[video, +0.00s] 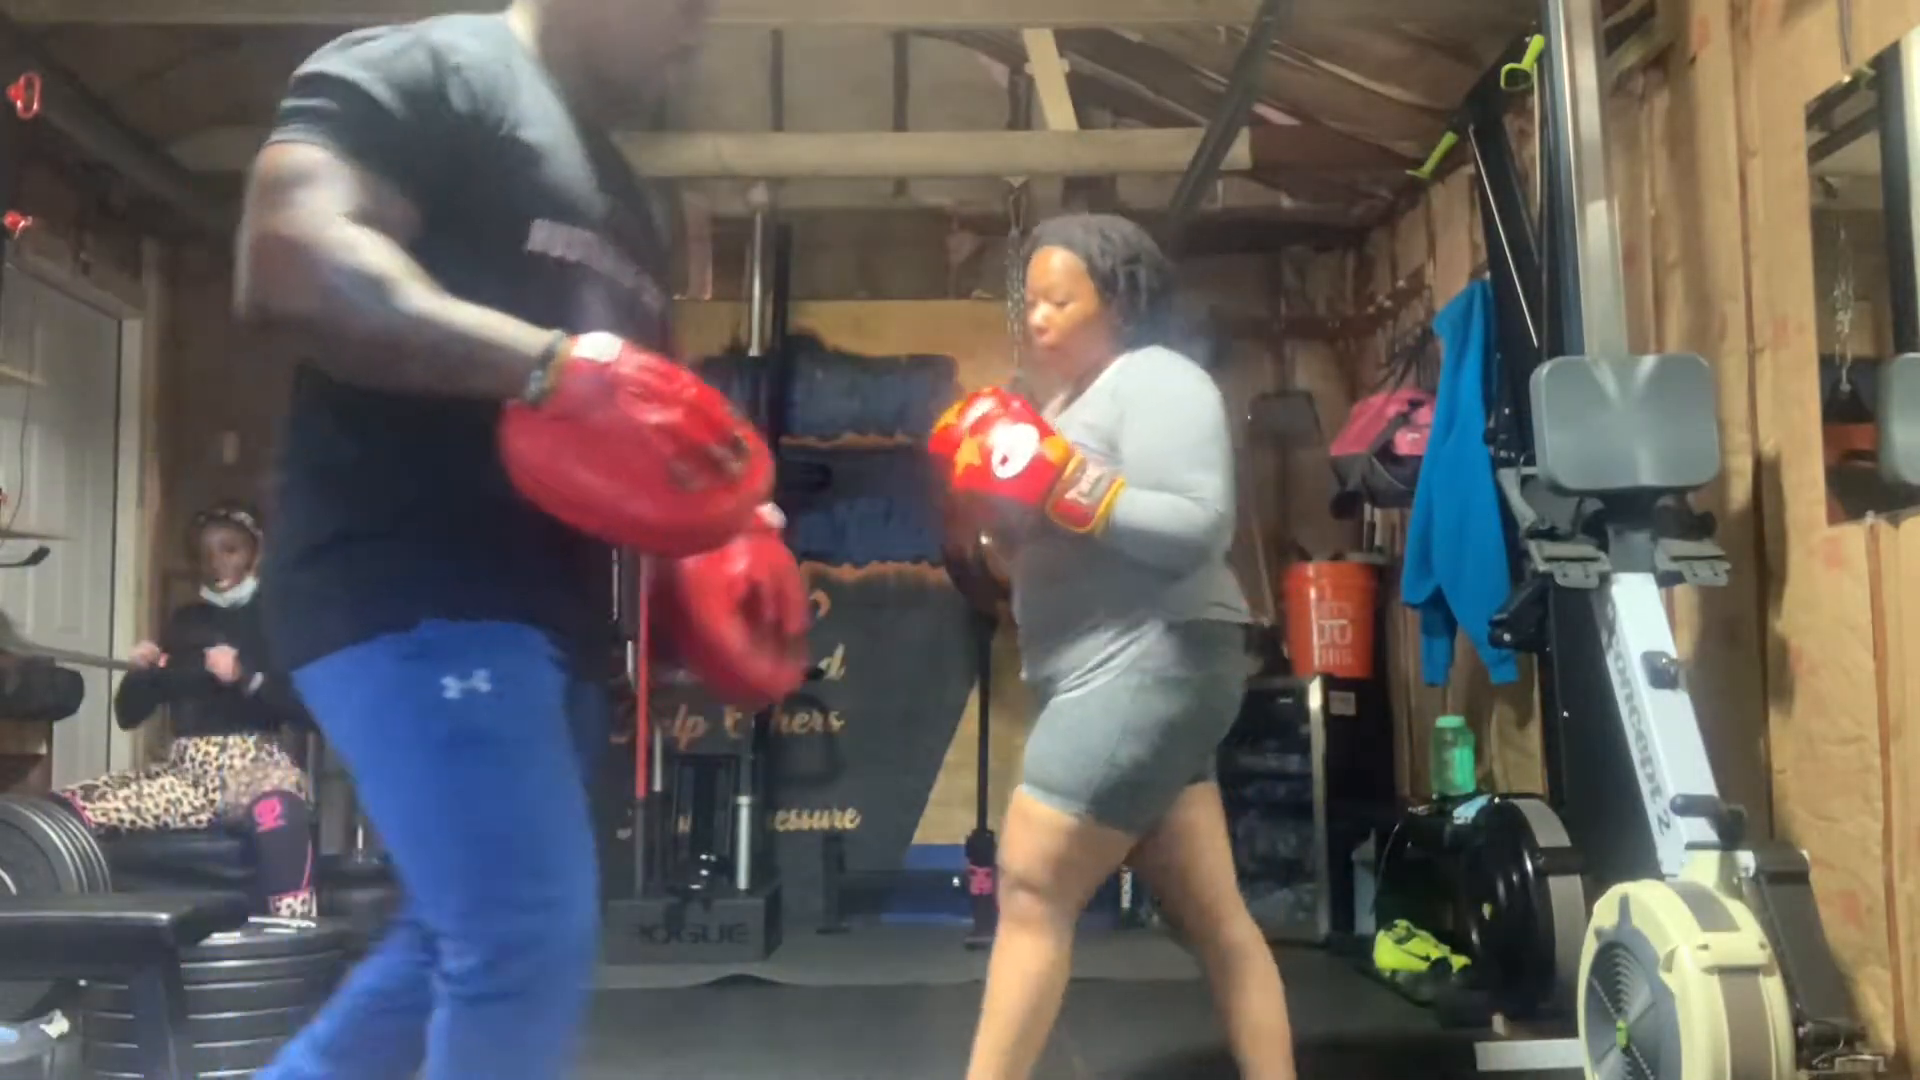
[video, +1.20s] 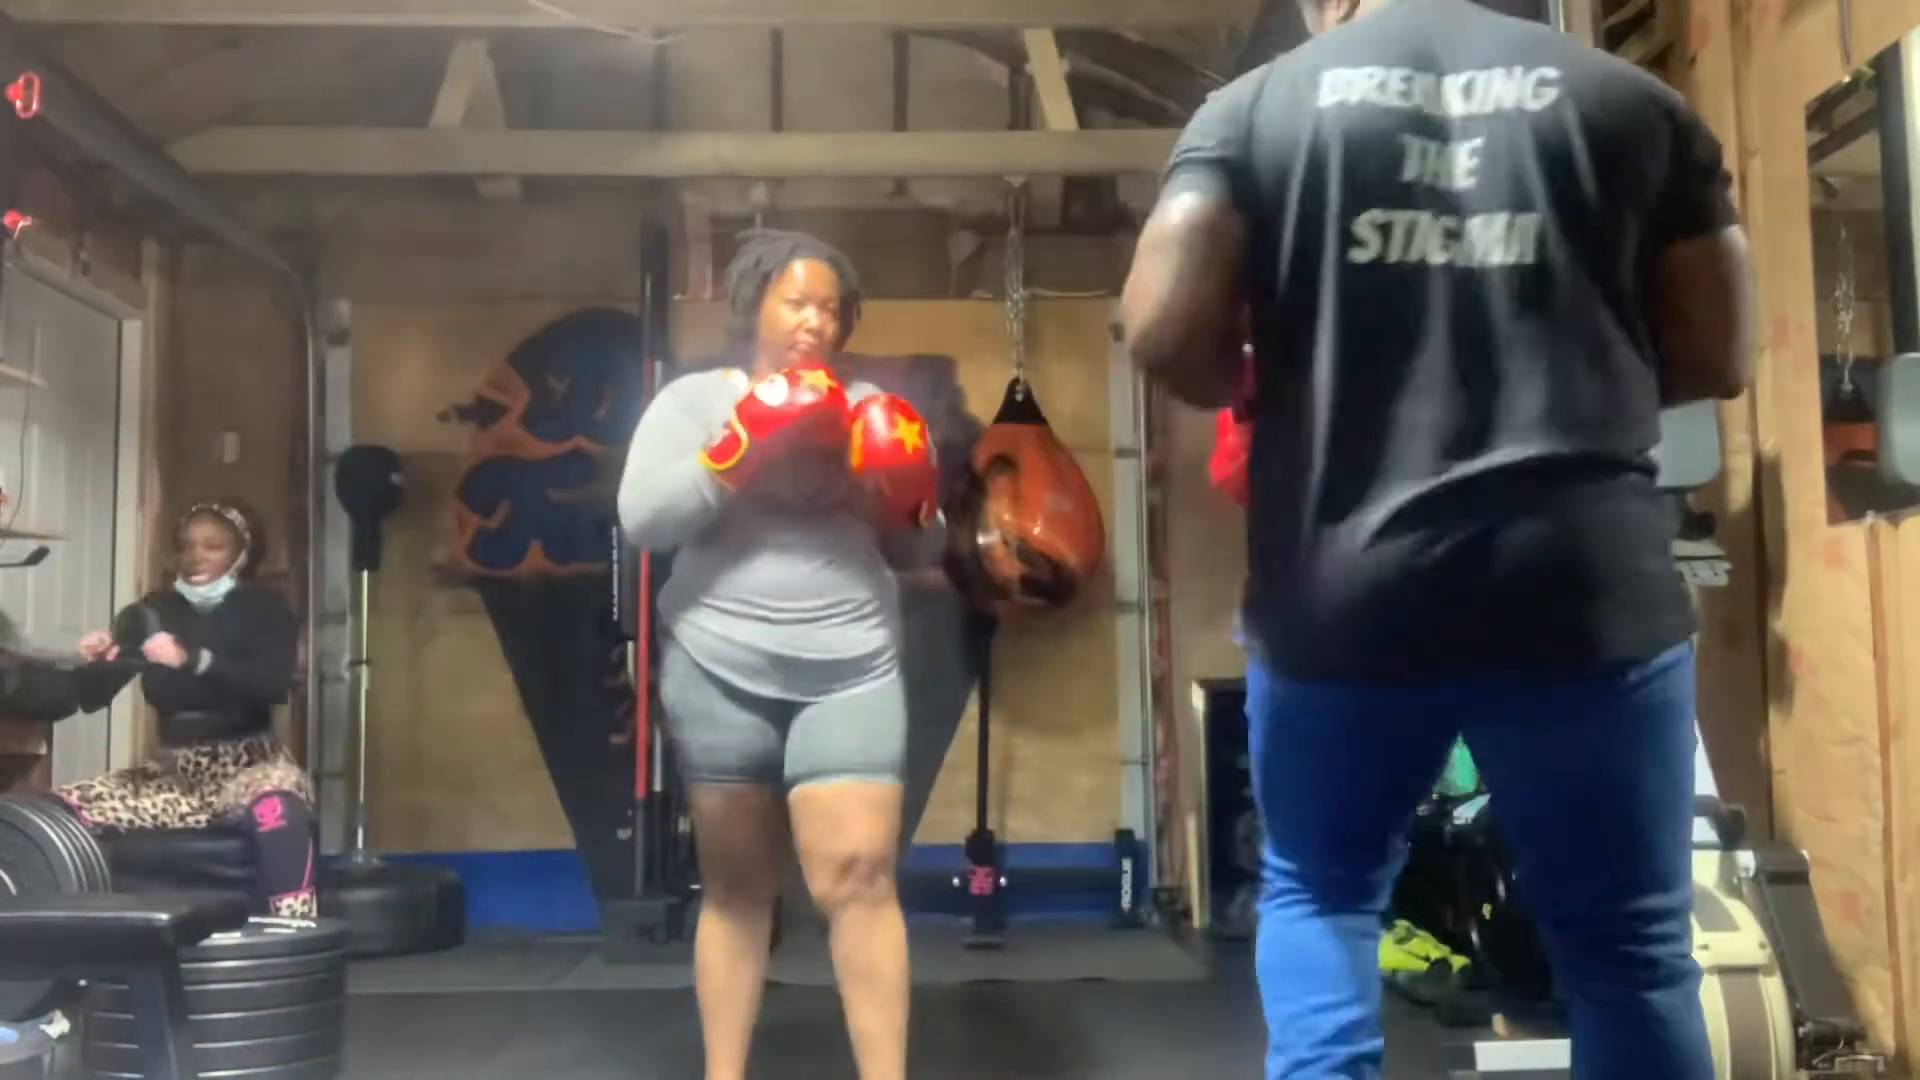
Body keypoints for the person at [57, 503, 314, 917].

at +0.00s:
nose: (218, 563)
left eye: (230, 550)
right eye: (209, 552)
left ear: (255, 554)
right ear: (199, 559)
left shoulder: (279, 613)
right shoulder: (186, 619)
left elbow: (307, 709)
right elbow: (129, 717)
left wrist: (246, 677)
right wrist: (139, 674)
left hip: (260, 771)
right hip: (185, 772)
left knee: (279, 814)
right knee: (64, 811)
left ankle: (295, 944)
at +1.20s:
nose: (196, 556)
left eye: (212, 546)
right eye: (188, 545)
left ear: (239, 556)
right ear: (178, 551)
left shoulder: (265, 608)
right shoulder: (151, 612)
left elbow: (271, 684)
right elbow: (93, 697)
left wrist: (192, 659)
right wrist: (93, 665)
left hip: (248, 772)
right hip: (168, 774)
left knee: (281, 813)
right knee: (61, 811)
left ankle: (294, 946)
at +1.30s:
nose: (184, 556)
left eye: (200, 547)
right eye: (176, 546)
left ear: (228, 558)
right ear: (166, 552)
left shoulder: (256, 611)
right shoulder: (147, 613)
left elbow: (255, 699)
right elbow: (92, 711)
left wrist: (170, 685)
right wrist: (89, 683)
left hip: (246, 771)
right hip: (168, 775)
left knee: (279, 814)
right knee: (57, 813)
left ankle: (296, 945)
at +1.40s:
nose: (174, 558)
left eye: (189, 550)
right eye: (168, 549)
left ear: (219, 563)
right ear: (158, 555)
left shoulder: (250, 622)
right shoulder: (138, 619)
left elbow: (247, 720)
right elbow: (107, 705)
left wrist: (165, 726)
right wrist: (86, 715)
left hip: (243, 773)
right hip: (165, 775)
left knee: (279, 812)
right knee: (61, 813)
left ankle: (295, 944)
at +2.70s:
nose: (176, 562)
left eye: (191, 552)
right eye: (168, 552)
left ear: (222, 566)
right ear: (157, 562)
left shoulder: (258, 624)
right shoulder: (139, 625)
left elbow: (262, 728)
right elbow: (106, 723)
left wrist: (194, 733)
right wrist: (82, 725)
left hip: (246, 778)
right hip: (165, 780)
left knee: (282, 812)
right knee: (63, 815)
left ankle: (294, 949)